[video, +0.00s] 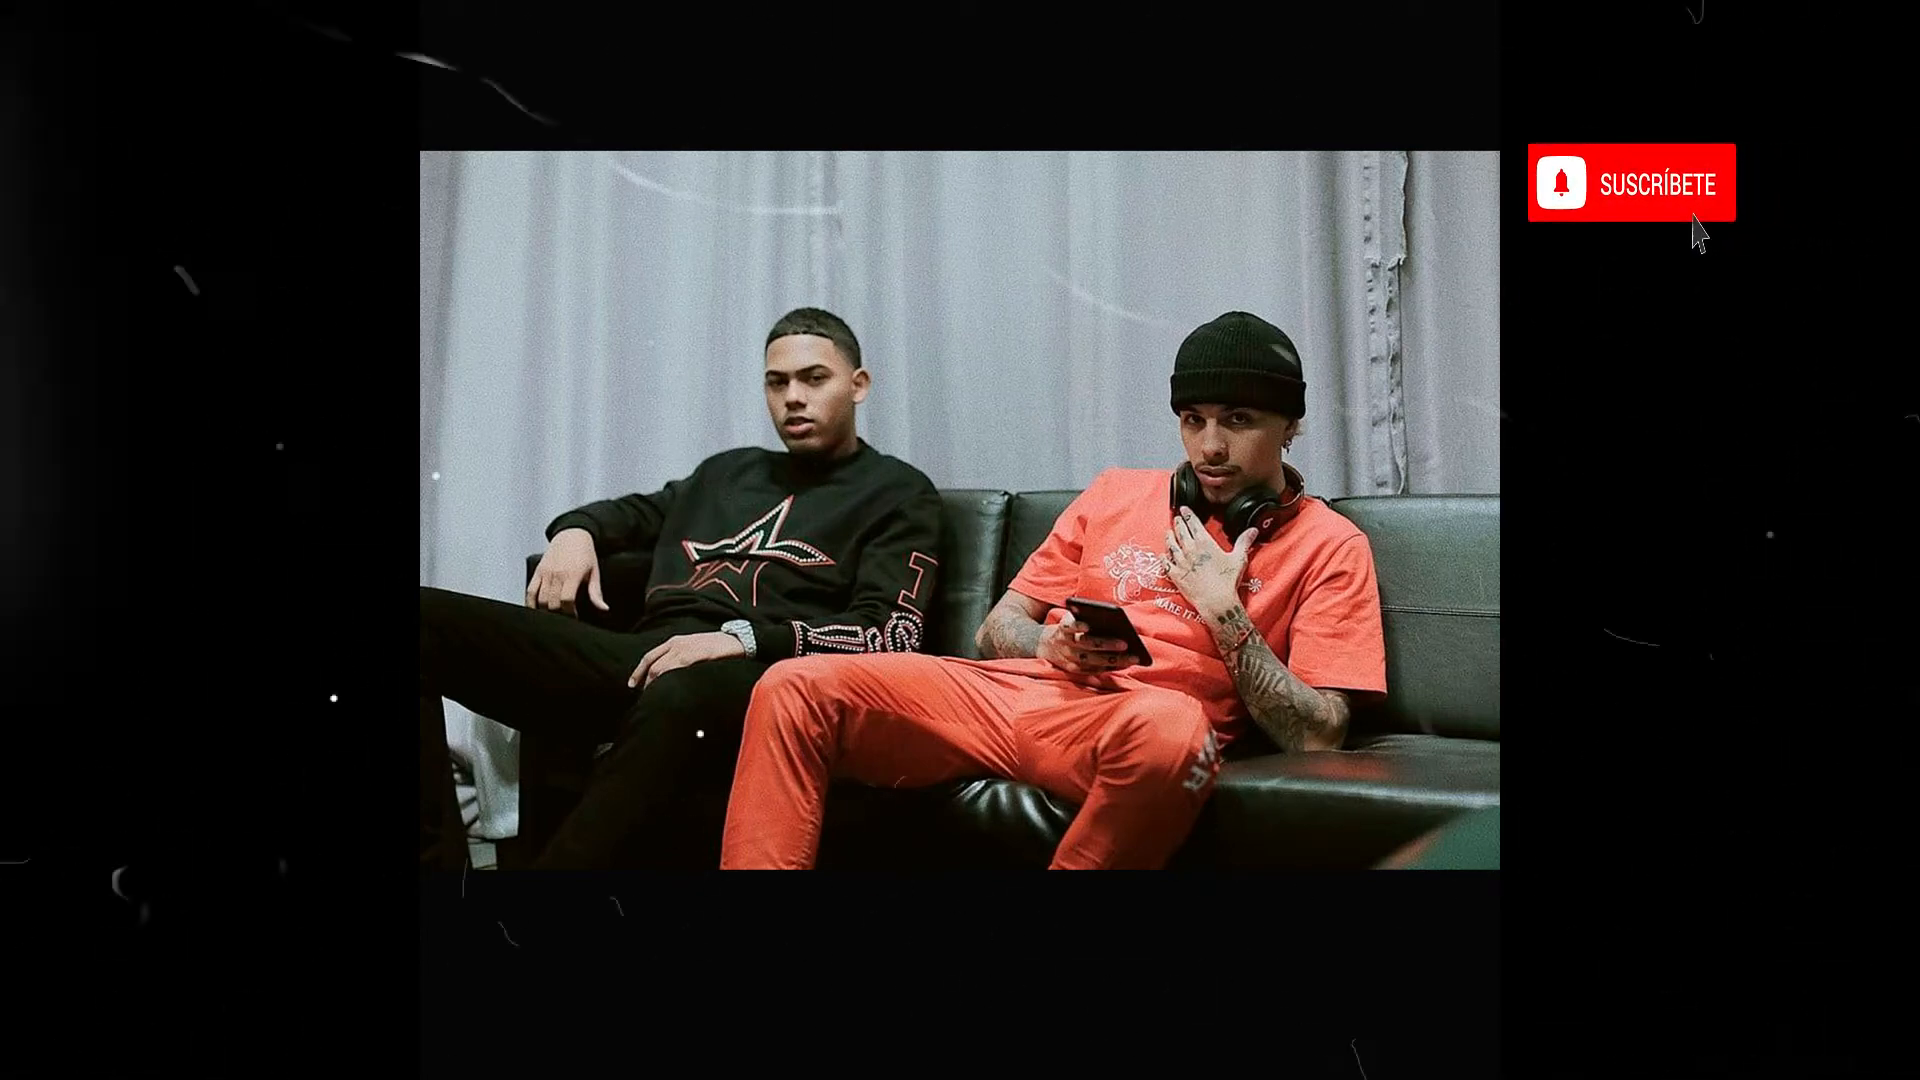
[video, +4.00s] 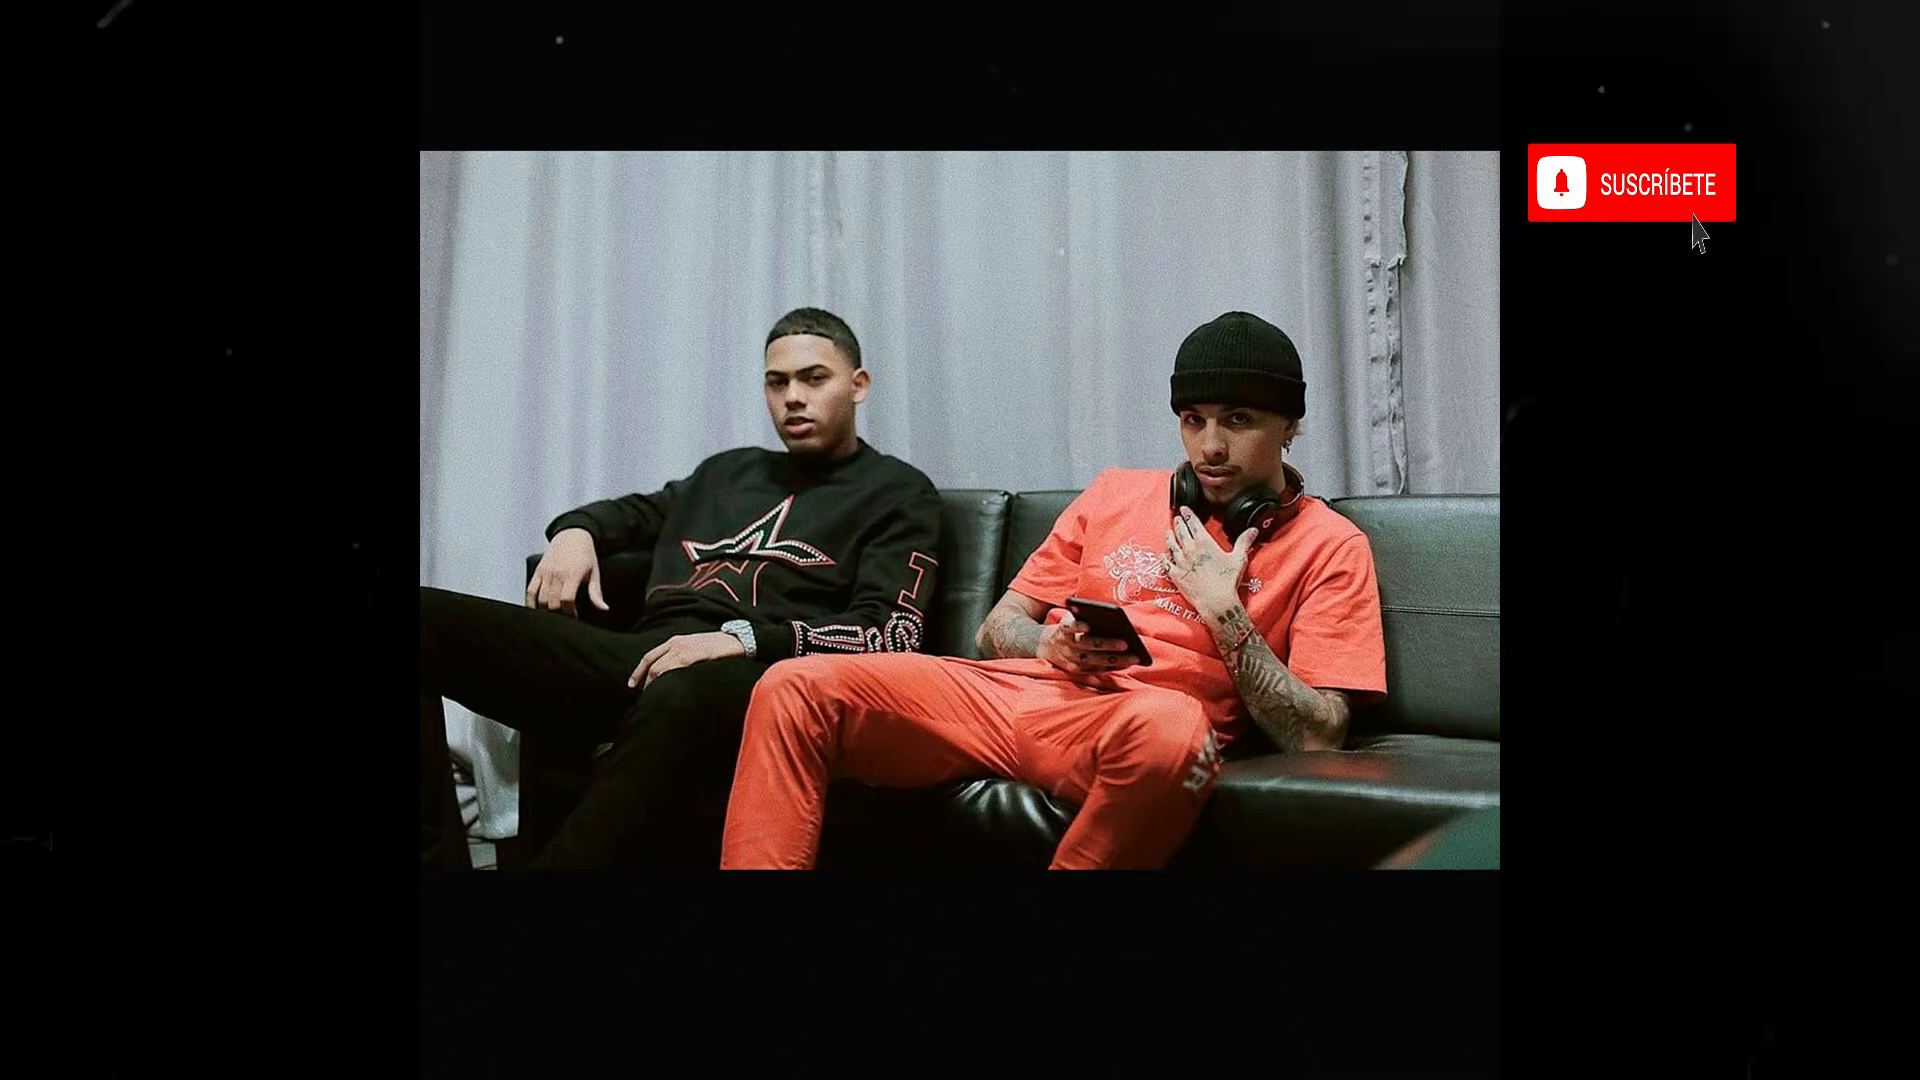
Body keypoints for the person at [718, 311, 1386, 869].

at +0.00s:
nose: (1211, 445)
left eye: (1238, 421)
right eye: (1195, 419)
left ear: (1288, 429)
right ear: (1179, 421)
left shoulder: (1329, 546)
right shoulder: (1117, 493)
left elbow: (1318, 736)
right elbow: (999, 627)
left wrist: (1227, 615)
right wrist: (1052, 646)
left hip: (1132, 707)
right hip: (1013, 685)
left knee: (1170, 746)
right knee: (791, 694)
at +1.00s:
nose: (1210, 445)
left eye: (1238, 421)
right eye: (1196, 419)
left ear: (1289, 429)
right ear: (1179, 422)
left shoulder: (1328, 546)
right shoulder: (1118, 492)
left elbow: (1318, 734)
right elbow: (999, 626)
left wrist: (1227, 614)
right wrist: (1050, 647)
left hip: (1133, 707)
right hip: (1014, 685)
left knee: (1170, 747)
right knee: (792, 693)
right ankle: (758, 918)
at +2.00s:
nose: (1210, 445)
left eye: (1238, 421)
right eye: (1196, 419)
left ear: (1289, 428)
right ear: (1179, 422)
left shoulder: (1328, 546)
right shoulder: (1118, 493)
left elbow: (1318, 734)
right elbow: (999, 626)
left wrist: (1226, 614)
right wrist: (1050, 647)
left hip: (1133, 708)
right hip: (1014, 685)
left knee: (1170, 747)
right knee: (792, 693)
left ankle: (1042, 954)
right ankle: (762, 942)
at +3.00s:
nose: (1211, 445)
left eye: (1238, 421)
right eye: (1196, 419)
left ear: (1289, 429)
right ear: (1178, 422)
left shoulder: (1329, 545)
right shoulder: (1118, 492)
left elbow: (1318, 735)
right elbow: (999, 627)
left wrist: (1227, 615)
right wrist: (1050, 647)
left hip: (1129, 709)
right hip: (1013, 686)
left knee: (1171, 746)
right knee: (792, 693)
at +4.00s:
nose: (1210, 445)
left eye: (1238, 421)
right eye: (1196, 419)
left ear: (1289, 429)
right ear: (1179, 422)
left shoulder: (1328, 546)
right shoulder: (1118, 492)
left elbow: (1318, 734)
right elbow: (999, 626)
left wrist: (1226, 614)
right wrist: (1050, 647)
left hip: (1132, 708)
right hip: (1014, 685)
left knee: (1170, 746)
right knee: (792, 693)